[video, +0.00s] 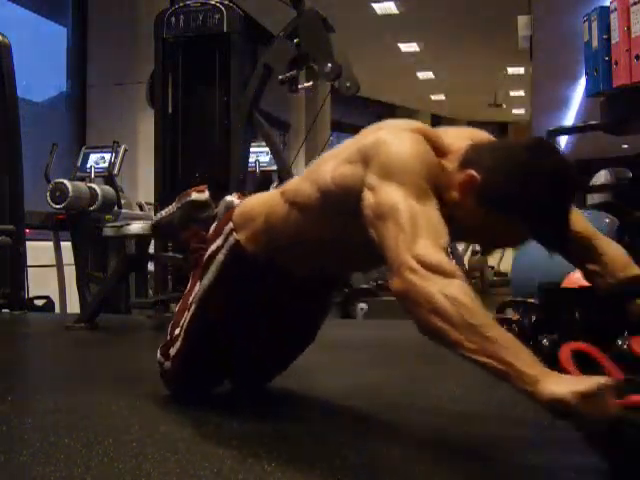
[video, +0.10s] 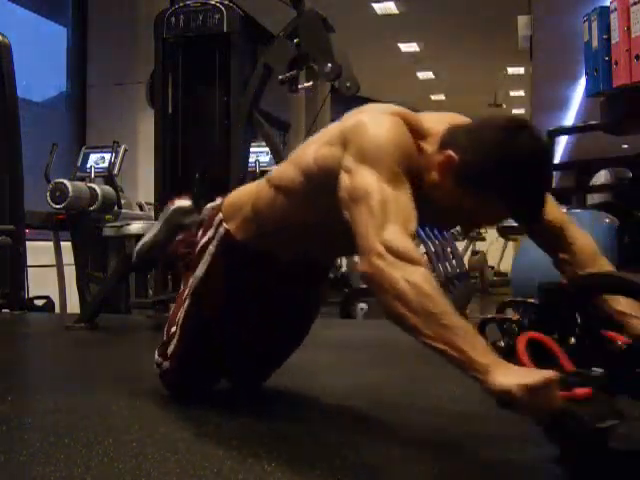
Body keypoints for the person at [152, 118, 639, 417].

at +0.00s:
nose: (483, 247)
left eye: (498, 243)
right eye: (488, 236)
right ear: (467, 191)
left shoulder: (496, 164)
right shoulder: (398, 152)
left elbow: (591, 247)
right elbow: (422, 282)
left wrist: (637, 293)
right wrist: (540, 380)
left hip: (315, 279)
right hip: (252, 255)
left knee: (247, 381)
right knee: (181, 377)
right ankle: (209, 240)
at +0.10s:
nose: (466, 228)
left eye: (479, 224)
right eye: (469, 217)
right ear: (447, 168)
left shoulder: (480, 148)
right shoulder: (376, 136)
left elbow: (558, 231)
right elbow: (390, 266)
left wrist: (614, 302)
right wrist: (493, 369)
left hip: (304, 271)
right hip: (238, 252)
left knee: (243, 381)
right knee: (182, 381)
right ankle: (190, 254)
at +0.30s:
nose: (430, 204)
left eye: (445, 198)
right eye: (429, 190)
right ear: (409, 145)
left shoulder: (453, 143)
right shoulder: (345, 117)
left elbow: (515, 223)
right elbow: (338, 244)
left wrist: (575, 313)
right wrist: (418, 356)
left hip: (293, 253)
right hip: (227, 233)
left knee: (238, 378)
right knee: (183, 378)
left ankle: (170, 299)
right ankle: (151, 289)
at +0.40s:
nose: (417, 200)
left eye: (430, 194)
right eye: (418, 187)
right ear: (394, 143)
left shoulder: (431, 126)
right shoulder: (327, 121)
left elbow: (498, 219)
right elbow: (316, 248)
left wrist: (552, 315)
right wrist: (391, 360)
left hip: (289, 245)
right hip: (222, 232)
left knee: (244, 373)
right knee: (199, 378)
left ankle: (162, 313)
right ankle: (139, 313)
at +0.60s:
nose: (395, 201)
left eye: (409, 195)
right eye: (395, 190)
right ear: (371, 149)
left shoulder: (406, 138)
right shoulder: (305, 133)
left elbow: (470, 222)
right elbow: (294, 250)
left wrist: (517, 311)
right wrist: (379, 351)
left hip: (266, 250)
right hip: (200, 236)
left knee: (224, 371)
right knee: (185, 375)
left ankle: (147, 307)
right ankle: (115, 307)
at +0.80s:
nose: (399, 199)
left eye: (410, 193)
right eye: (400, 189)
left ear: (391, 146)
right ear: (378, 148)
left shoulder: (398, 144)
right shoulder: (307, 130)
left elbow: (472, 223)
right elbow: (308, 248)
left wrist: (516, 306)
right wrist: (397, 346)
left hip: (260, 254)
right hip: (197, 238)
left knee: (223, 373)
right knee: (178, 376)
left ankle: (150, 277)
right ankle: (136, 275)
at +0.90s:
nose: (409, 210)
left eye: (421, 204)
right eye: (408, 199)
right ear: (380, 157)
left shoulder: (408, 148)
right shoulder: (315, 135)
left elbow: (482, 227)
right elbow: (321, 252)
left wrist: (548, 312)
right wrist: (416, 350)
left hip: (269, 257)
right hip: (204, 243)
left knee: (224, 374)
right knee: (175, 376)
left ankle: (165, 267)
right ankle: (148, 260)